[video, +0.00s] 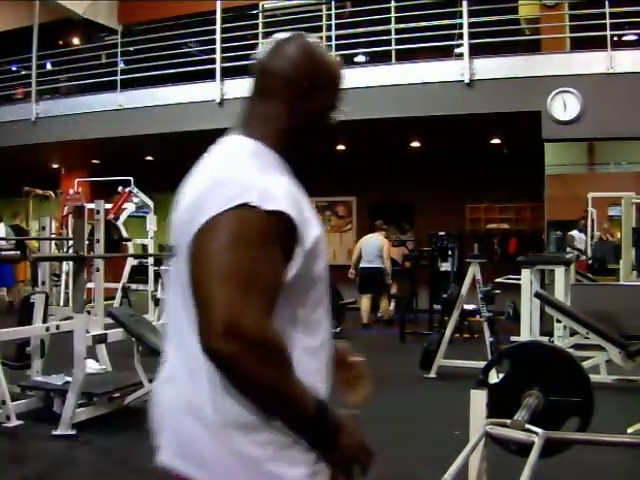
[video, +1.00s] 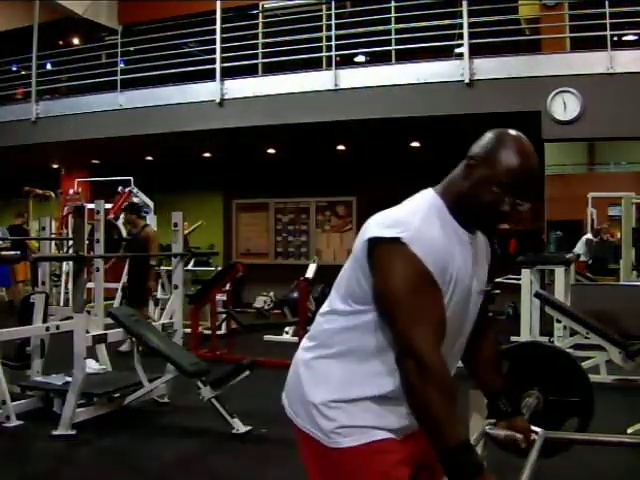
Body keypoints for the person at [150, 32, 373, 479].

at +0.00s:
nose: (332, 129)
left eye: (333, 112)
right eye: (329, 111)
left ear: (261, 93)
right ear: (303, 102)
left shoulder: (224, 167)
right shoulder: (250, 182)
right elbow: (233, 334)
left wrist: (320, 355)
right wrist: (327, 430)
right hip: (246, 460)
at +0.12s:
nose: (376, 132)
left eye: (377, 118)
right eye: (373, 117)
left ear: (309, 99)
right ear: (351, 114)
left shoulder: (298, 182)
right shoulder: (283, 189)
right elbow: (256, 334)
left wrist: (376, 344)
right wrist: (355, 430)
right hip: (276, 457)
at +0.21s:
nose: (402, 142)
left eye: (405, 127)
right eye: (399, 126)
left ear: (340, 109)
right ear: (373, 120)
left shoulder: (323, 191)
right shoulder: (309, 201)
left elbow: (335, 312)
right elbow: (286, 346)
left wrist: (409, 351)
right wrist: (382, 438)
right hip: (303, 460)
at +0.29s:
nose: (426, 154)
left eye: (428, 141)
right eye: (423, 140)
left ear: (365, 118)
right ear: (396, 132)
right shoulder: (335, 212)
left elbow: (368, 315)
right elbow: (323, 355)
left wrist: (437, 363)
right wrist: (414, 449)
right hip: (330, 460)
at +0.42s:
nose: (447, 157)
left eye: (452, 145)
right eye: (447, 142)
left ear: (392, 113)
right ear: (428, 133)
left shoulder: (375, 192)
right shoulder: (355, 207)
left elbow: (404, 309)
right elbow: (373, 349)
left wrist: (459, 371)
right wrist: (439, 448)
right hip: (352, 442)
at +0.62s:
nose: (499, 179)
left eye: (502, 166)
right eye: (497, 163)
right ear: (467, 150)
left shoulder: (436, 213)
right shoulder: (395, 214)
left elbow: (460, 323)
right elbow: (409, 348)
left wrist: (498, 397)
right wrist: (462, 458)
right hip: (354, 427)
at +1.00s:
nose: (510, 209)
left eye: (519, 199)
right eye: (507, 192)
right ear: (471, 166)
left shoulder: (477, 242)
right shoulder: (405, 235)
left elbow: (475, 332)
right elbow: (419, 363)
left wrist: (504, 410)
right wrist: (465, 464)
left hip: (408, 404)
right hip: (345, 411)